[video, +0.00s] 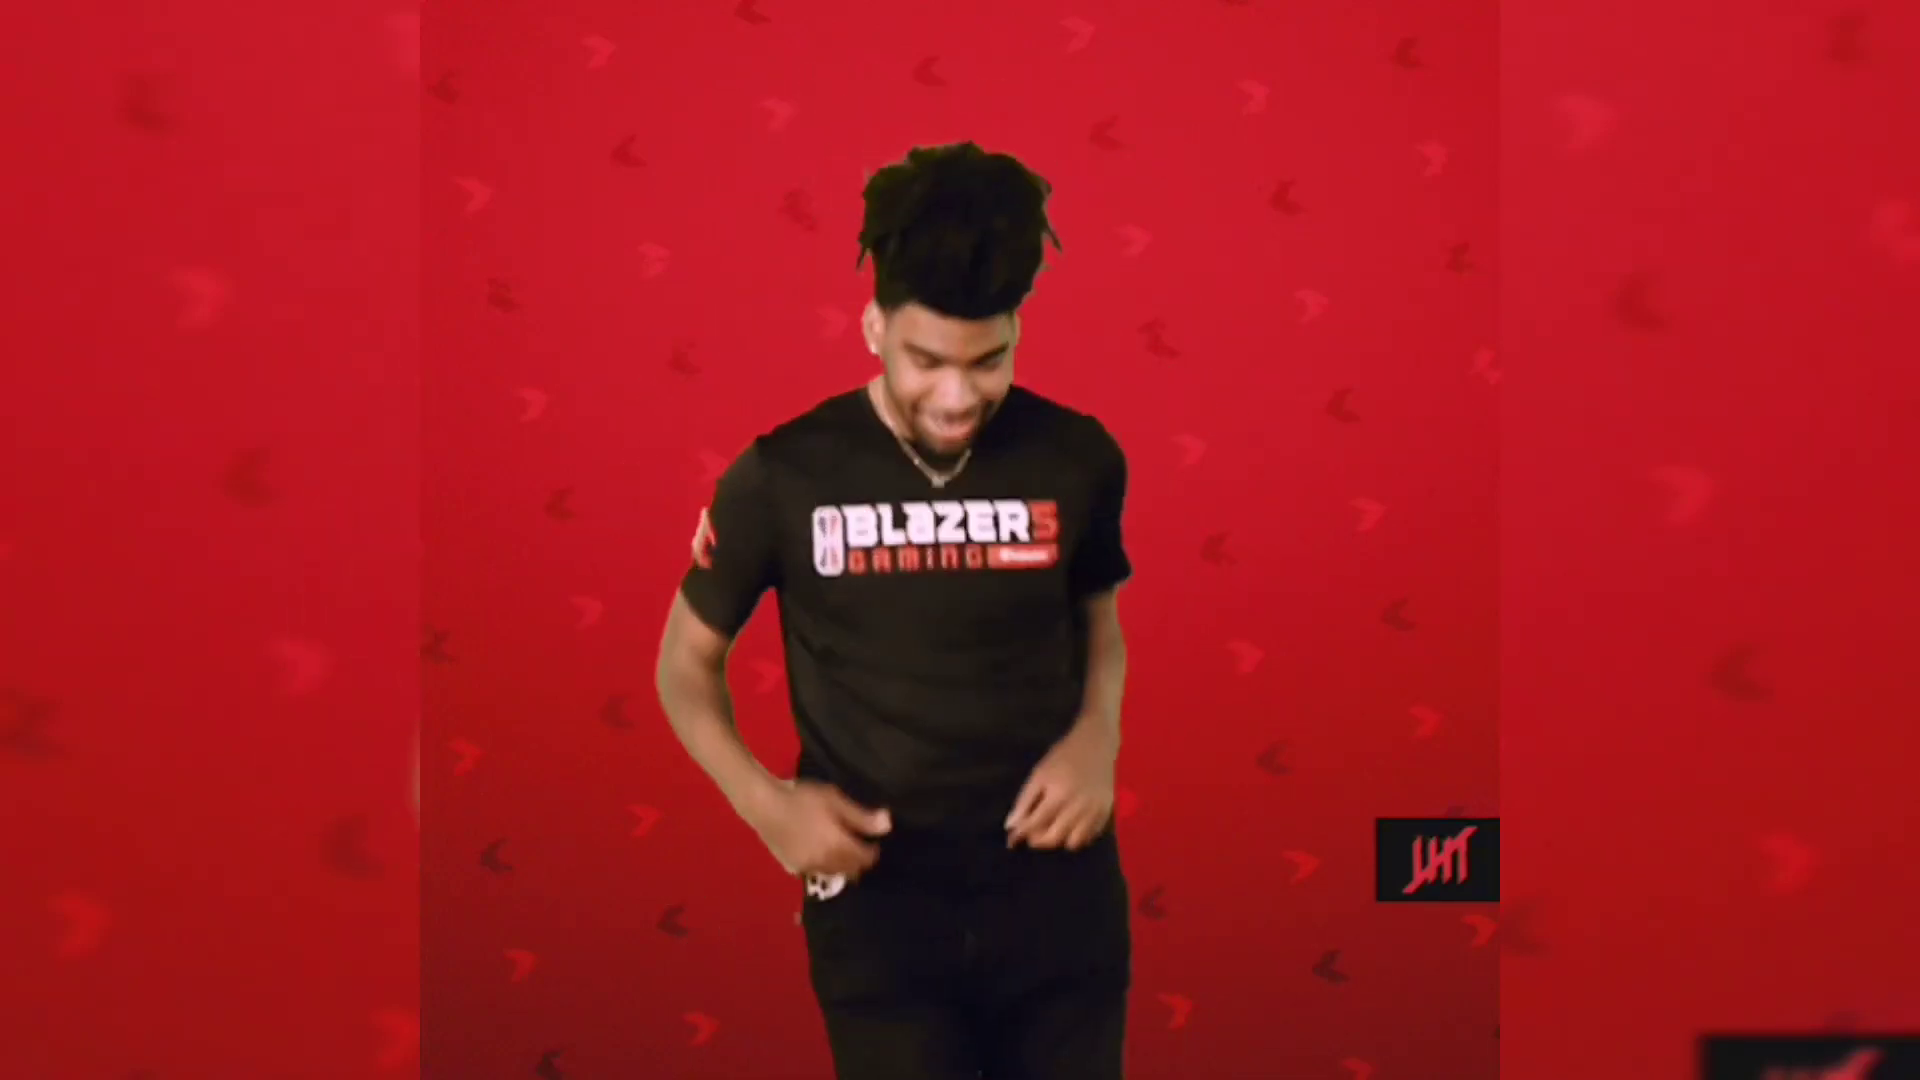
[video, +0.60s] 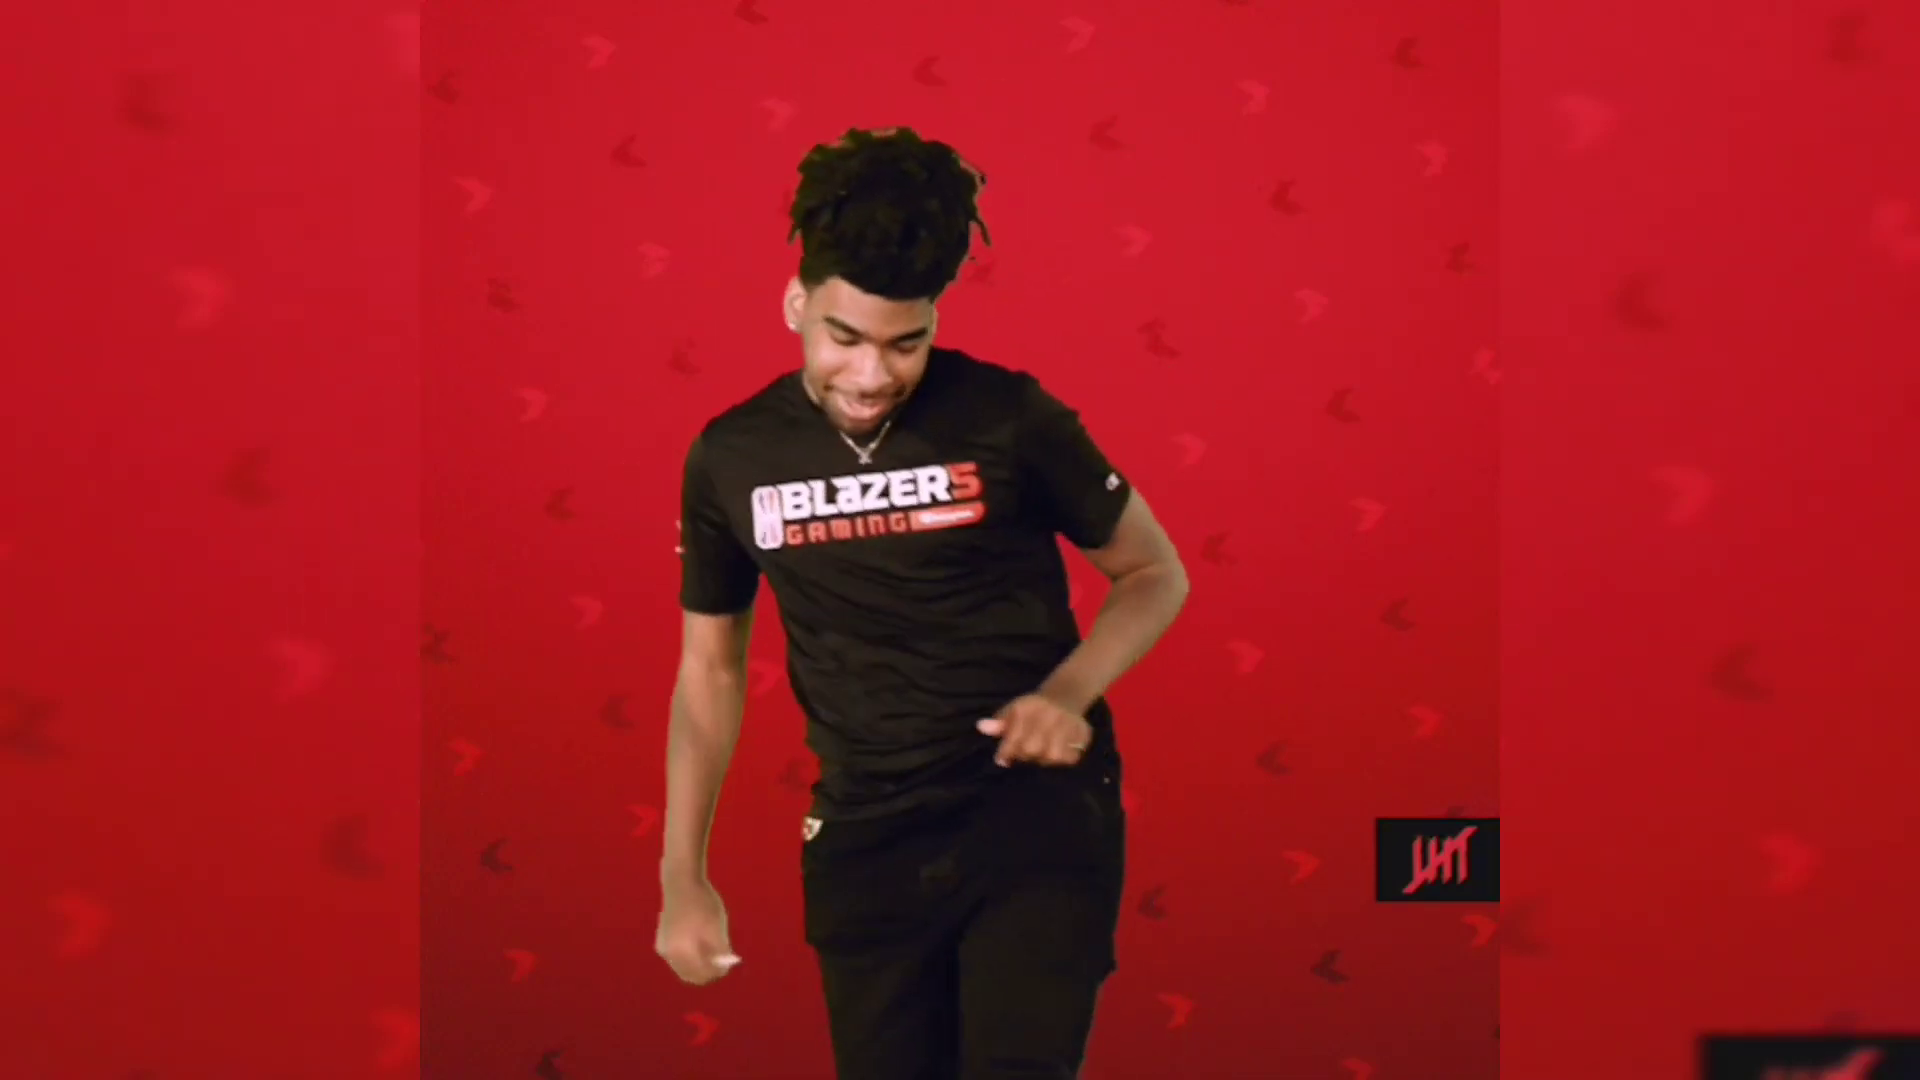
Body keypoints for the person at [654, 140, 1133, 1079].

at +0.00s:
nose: (956, 394)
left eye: (987, 359)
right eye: (925, 358)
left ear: (1020, 324)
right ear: (874, 327)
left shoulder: (1081, 463)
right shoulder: (780, 483)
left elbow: (1097, 611)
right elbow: (685, 663)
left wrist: (1097, 738)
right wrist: (766, 803)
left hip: (1057, 894)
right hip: (879, 907)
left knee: (1072, 1062)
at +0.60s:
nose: (872, 374)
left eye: (904, 342)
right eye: (843, 335)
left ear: (938, 311)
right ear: (794, 297)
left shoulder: (1013, 423)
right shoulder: (731, 462)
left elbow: (1154, 577)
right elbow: (711, 674)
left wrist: (1068, 694)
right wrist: (683, 875)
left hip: (1033, 822)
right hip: (865, 846)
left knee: (1015, 1057)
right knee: (882, 1060)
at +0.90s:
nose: (805, 352)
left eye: (836, 320)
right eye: (776, 319)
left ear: (884, 300)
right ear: (743, 298)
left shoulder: (987, 418)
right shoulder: (695, 469)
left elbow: (1104, 597)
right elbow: (656, 649)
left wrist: (961, 638)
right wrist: (601, 853)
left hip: (994, 832)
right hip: (817, 850)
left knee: (955, 1057)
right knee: (843, 1060)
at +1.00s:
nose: (703, 365)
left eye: (731, 325)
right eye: (687, 334)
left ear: (825, 305)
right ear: (679, 323)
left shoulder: (975, 438)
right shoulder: (690, 486)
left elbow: (1084, 643)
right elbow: (643, 681)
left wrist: (936, 621)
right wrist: (617, 843)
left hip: (944, 854)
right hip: (774, 867)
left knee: (881, 1055)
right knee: (780, 1056)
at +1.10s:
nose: (660, 394)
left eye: (679, 351)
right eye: (654, 362)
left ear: (775, 331)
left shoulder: (952, 471)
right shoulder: (681, 502)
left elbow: (1033, 717)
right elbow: (611, 702)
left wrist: (849, 604)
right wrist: (660, 786)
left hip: (907, 904)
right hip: (742, 911)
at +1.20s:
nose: (626, 392)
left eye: (628, 354)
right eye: (617, 361)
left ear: (704, 331)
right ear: (698, 336)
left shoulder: (878, 439)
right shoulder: (678, 482)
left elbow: (850, 675)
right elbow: (557, 600)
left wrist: (710, 585)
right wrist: (597, 655)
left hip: (875, 869)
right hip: (731, 869)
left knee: (803, 1057)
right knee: (712, 1055)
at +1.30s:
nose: (616, 377)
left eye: (613, 338)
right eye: (607, 344)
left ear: (676, 315)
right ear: (676, 321)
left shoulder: (833, 418)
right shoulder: (692, 454)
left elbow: (723, 640)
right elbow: (612, 549)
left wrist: (653, 657)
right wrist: (573, 561)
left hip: (866, 856)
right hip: (743, 851)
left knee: (752, 1055)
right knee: (689, 1057)